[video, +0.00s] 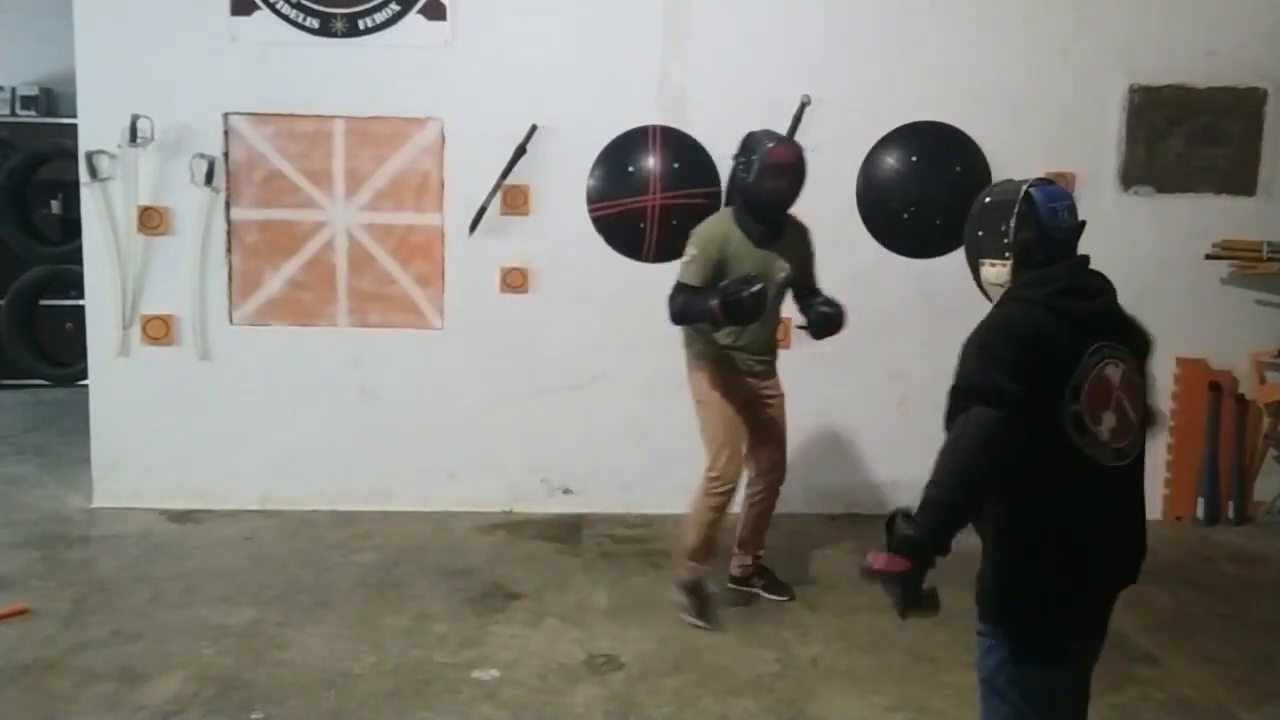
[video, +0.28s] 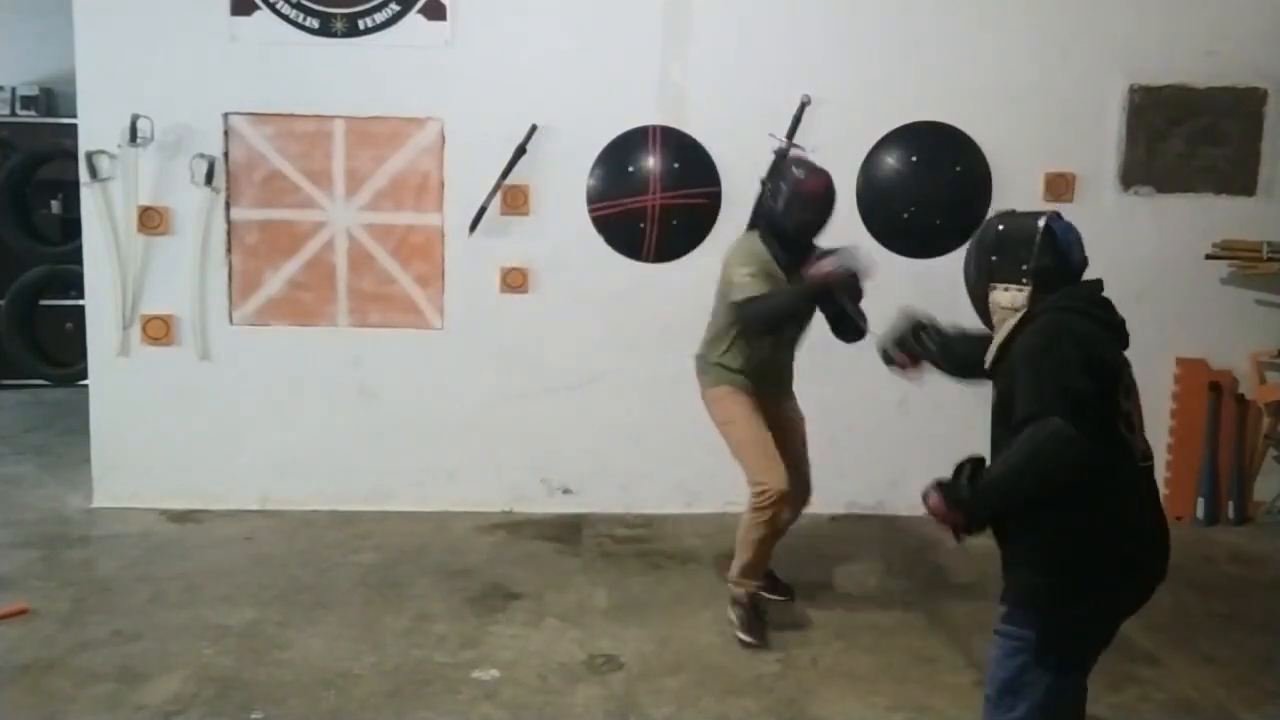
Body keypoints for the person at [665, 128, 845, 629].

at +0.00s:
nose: (785, 189)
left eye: (792, 179)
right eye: (776, 177)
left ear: (798, 182)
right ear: (748, 176)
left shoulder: (794, 235)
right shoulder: (714, 233)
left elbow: (805, 292)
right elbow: (679, 305)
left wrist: (821, 312)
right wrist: (719, 306)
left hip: (762, 368)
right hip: (713, 363)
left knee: (769, 467)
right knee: (726, 464)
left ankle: (747, 568)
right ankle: (692, 575)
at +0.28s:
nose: (810, 221)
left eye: (818, 212)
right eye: (803, 208)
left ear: (823, 215)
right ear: (776, 203)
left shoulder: (810, 259)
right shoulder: (748, 253)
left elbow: (851, 331)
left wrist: (837, 290)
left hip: (773, 382)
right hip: (727, 377)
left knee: (796, 493)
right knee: (772, 487)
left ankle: (754, 567)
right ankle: (742, 589)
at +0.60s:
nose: (830, 233)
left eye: (839, 223)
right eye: (821, 220)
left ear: (845, 226)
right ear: (793, 217)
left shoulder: (839, 279)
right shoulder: (760, 270)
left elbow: (836, 340)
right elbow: (716, 353)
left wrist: (852, 354)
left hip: (805, 405)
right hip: (751, 406)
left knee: (837, 501)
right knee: (786, 508)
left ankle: (780, 548)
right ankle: (772, 629)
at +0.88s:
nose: (817, 204)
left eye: (827, 194)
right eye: (808, 192)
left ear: (839, 200)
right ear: (787, 195)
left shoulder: (848, 257)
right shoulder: (759, 252)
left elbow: (874, 326)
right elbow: (708, 313)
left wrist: (890, 308)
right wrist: (725, 349)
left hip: (822, 392)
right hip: (774, 390)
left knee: (821, 492)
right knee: (788, 498)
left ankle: (790, 565)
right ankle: (769, 622)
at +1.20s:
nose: (824, 184)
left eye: (833, 173)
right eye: (813, 173)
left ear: (845, 180)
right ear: (792, 179)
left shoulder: (860, 240)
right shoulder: (769, 239)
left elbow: (911, 289)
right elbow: (720, 310)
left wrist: (903, 250)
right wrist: (762, 292)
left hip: (829, 380)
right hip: (778, 378)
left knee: (817, 484)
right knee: (798, 487)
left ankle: (792, 567)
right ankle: (780, 608)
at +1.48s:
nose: (840, 199)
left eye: (848, 188)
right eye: (829, 188)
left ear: (858, 193)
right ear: (804, 189)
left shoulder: (864, 248)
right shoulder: (783, 245)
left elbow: (876, 328)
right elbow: (747, 322)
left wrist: (879, 332)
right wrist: (768, 279)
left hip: (835, 376)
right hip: (787, 374)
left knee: (831, 486)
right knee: (807, 487)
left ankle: (796, 566)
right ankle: (781, 609)